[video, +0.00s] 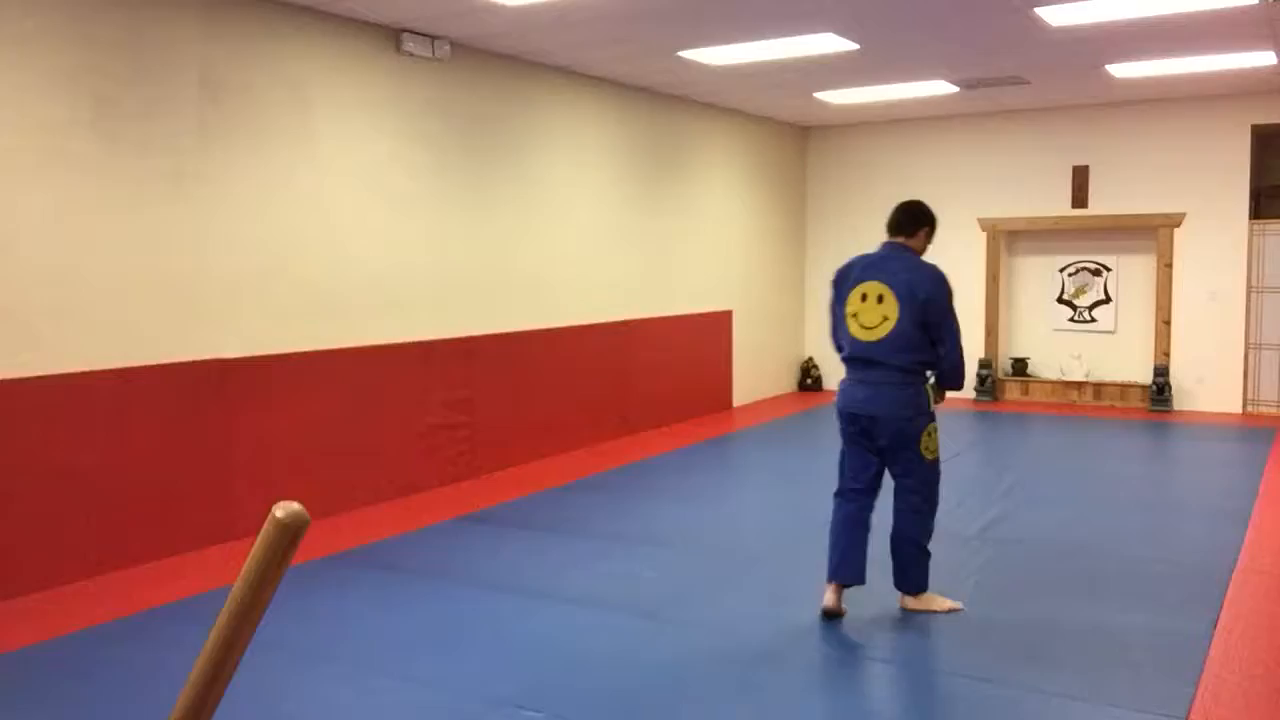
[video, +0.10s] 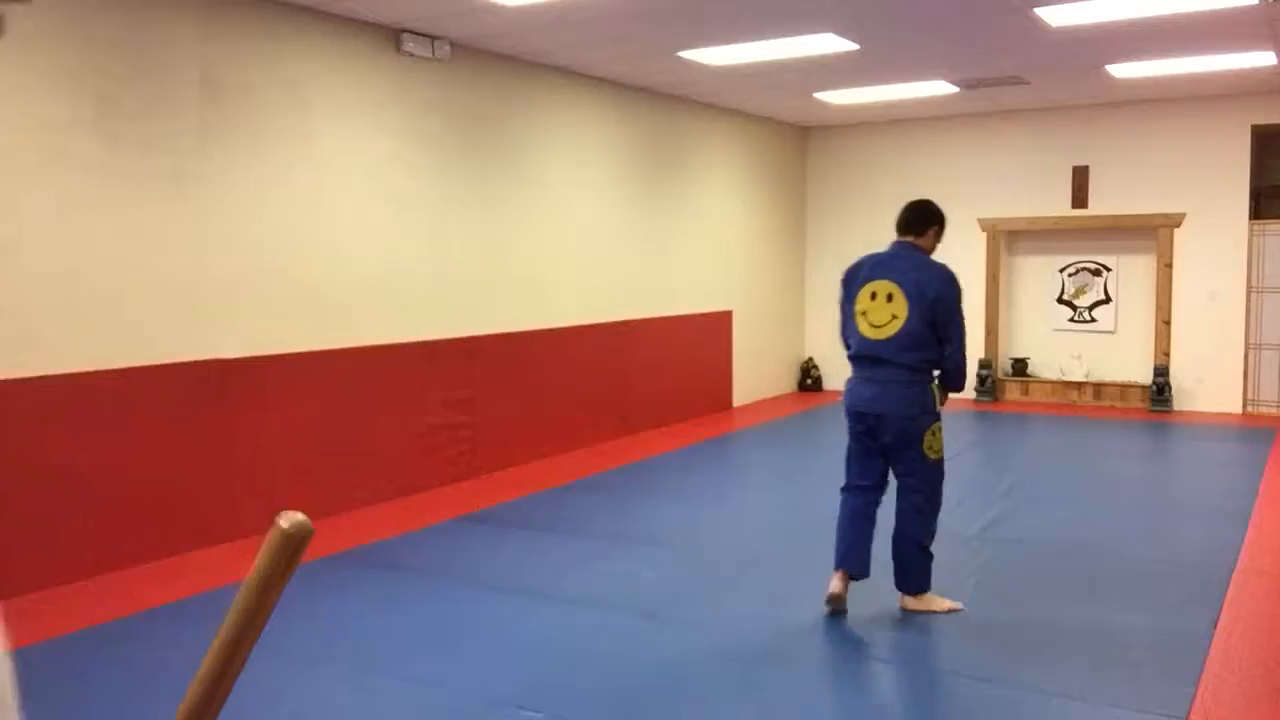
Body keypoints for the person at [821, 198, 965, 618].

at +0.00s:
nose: (930, 243)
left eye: (930, 238)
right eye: (930, 237)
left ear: (888, 230)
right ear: (923, 234)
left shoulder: (848, 271)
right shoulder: (927, 277)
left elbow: (840, 337)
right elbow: (947, 347)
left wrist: (861, 368)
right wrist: (946, 384)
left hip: (855, 398)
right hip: (905, 402)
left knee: (852, 491)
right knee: (917, 493)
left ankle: (834, 587)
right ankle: (912, 591)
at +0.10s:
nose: (939, 243)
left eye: (938, 236)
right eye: (939, 236)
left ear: (899, 229)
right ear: (931, 233)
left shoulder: (859, 269)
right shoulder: (938, 276)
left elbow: (849, 333)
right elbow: (952, 344)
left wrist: (867, 369)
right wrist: (950, 385)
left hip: (862, 396)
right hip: (911, 400)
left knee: (860, 486)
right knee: (920, 490)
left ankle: (841, 575)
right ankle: (913, 590)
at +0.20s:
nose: (948, 243)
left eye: (948, 236)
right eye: (949, 236)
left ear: (910, 228)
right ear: (940, 232)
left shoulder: (868, 268)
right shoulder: (946, 275)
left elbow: (857, 329)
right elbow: (962, 344)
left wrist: (874, 368)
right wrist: (959, 388)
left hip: (867, 394)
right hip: (916, 399)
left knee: (870, 481)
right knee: (923, 490)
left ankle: (852, 567)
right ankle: (913, 591)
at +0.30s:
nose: (952, 243)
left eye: (953, 237)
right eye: (953, 237)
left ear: (914, 227)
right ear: (944, 232)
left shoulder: (871, 267)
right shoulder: (945, 274)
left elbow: (858, 330)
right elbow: (965, 343)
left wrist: (878, 364)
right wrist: (964, 387)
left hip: (871, 392)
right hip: (918, 397)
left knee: (875, 480)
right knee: (928, 489)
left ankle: (862, 571)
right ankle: (915, 590)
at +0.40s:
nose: (950, 248)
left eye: (952, 241)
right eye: (951, 240)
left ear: (915, 228)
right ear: (942, 231)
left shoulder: (871, 267)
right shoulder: (936, 270)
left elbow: (860, 332)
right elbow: (953, 338)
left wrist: (884, 368)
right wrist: (962, 389)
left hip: (872, 391)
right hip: (915, 396)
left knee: (880, 478)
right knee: (931, 486)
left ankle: (869, 565)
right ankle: (916, 589)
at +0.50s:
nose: (945, 251)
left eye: (948, 244)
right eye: (946, 242)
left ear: (912, 228)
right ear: (933, 231)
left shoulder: (870, 267)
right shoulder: (921, 267)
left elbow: (862, 331)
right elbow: (939, 329)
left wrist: (887, 366)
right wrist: (956, 378)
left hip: (872, 391)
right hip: (910, 395)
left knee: (885, 474)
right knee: (932, 486)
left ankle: (866, 561)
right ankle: (917, 589)